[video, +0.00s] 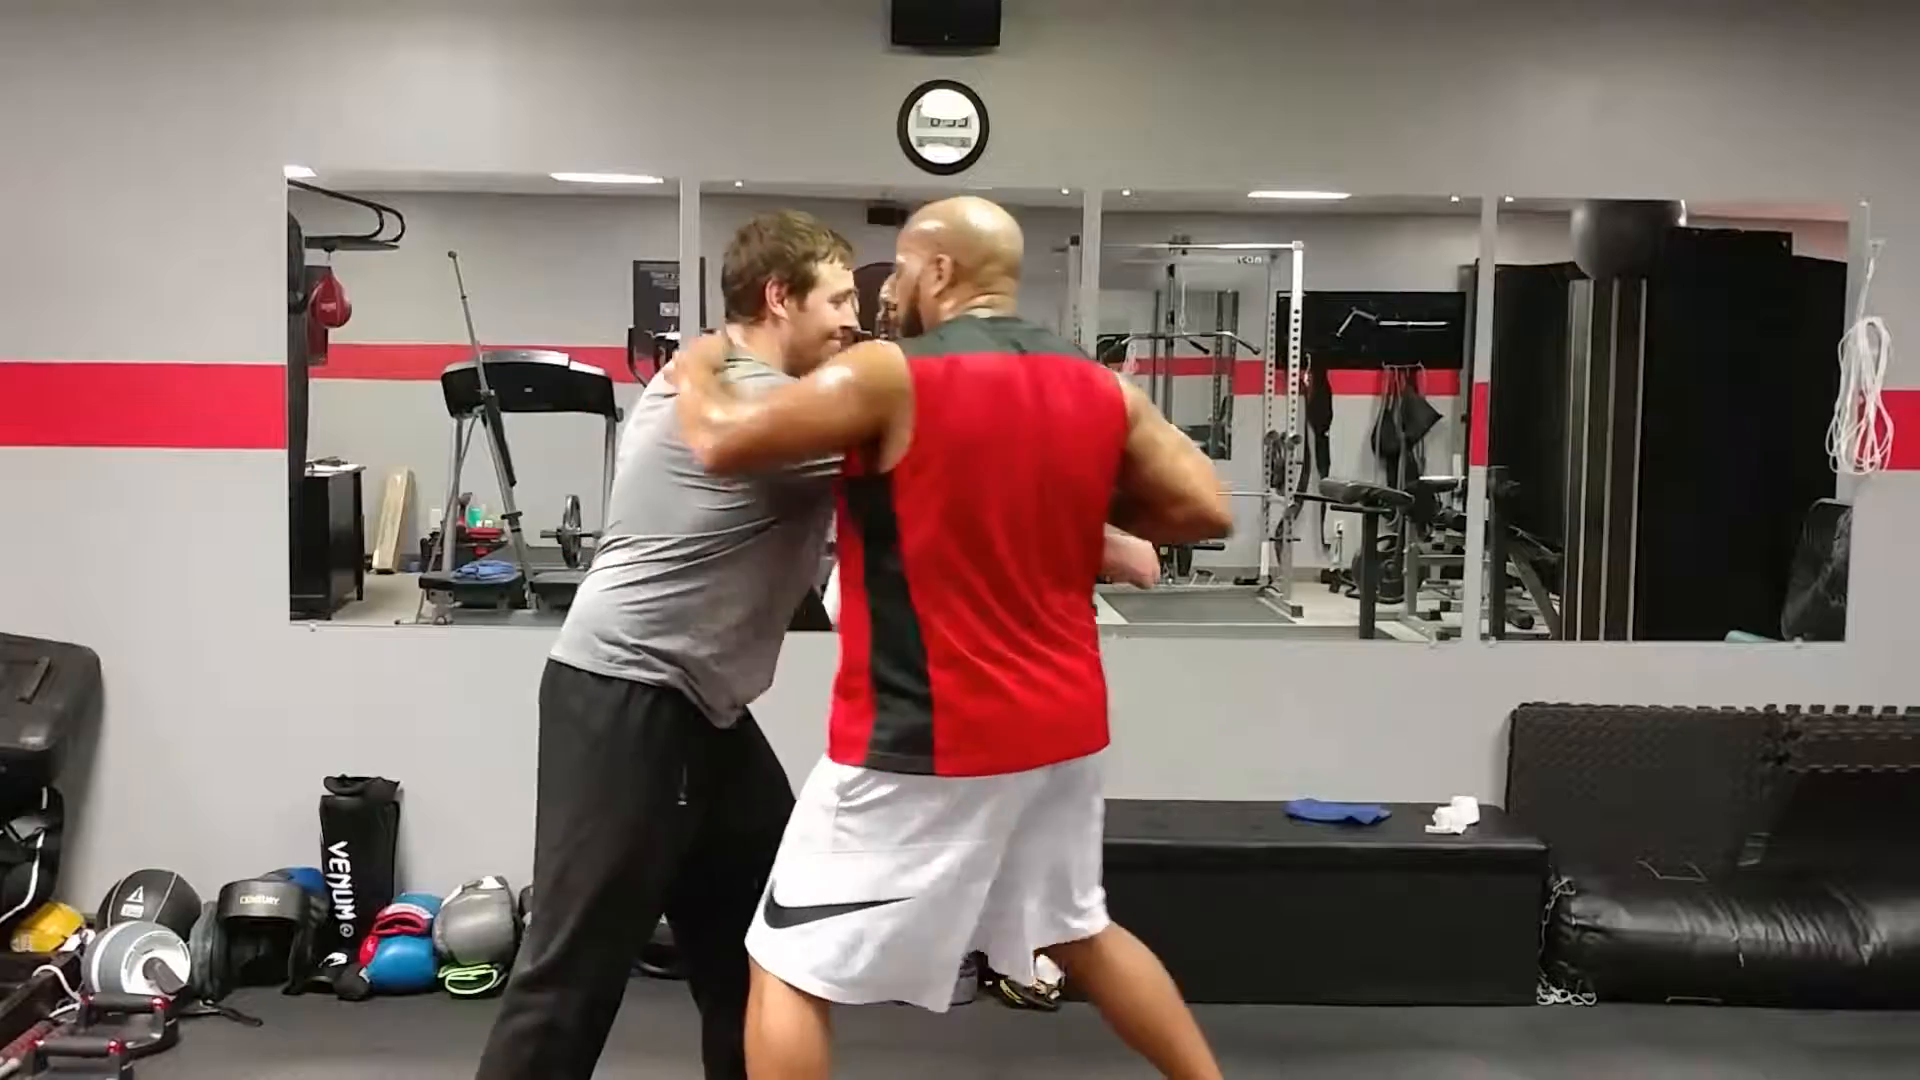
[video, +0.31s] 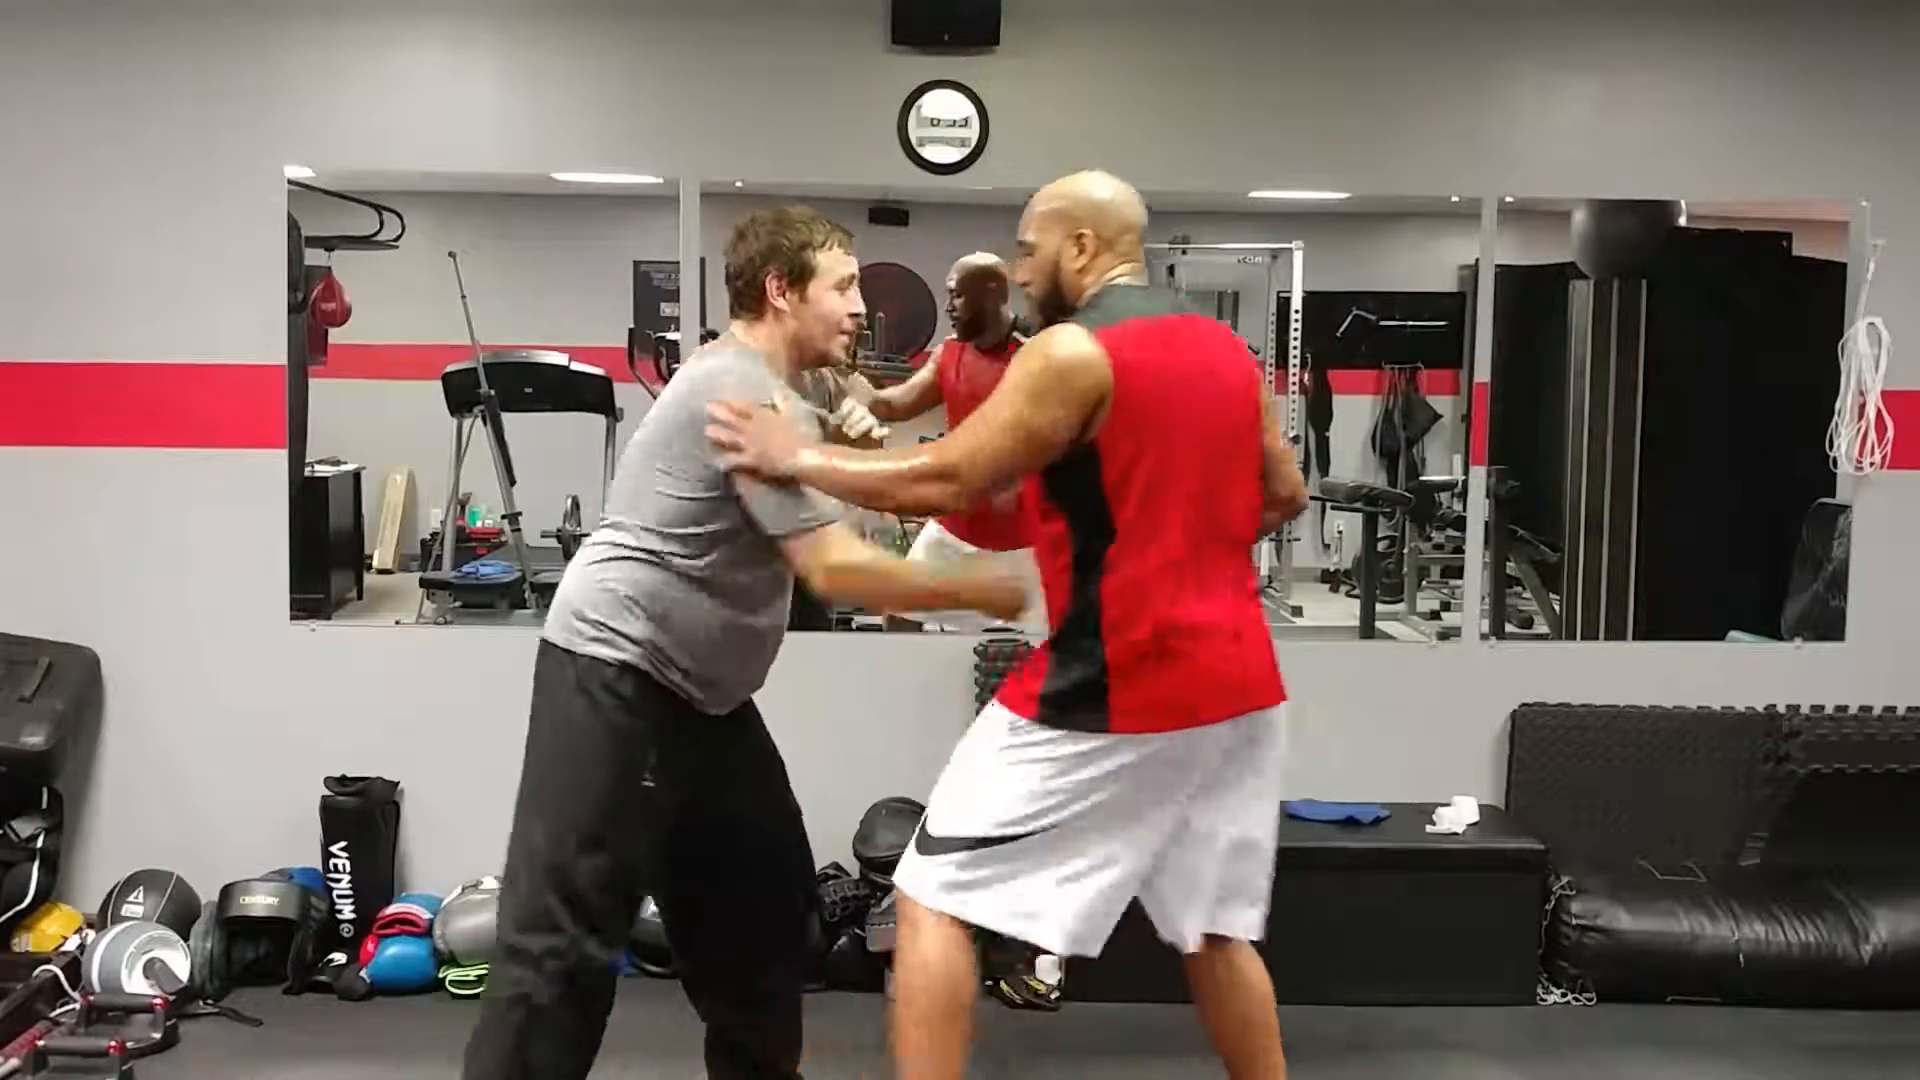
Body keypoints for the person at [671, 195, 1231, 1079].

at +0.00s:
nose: (889, 287)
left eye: (900, 269)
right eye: (892, 269)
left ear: (940, 273)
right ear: (1007, 278)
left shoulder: (887, 374)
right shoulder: (1100, 389)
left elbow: (722, 443)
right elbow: (1209, 511)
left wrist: (696, 368)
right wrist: (1066, 517)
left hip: (914, 732)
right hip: (1066, 721)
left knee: (787, 969)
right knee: (1077, 925)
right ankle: (1205, 1074)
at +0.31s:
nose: (1019, 270)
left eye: (1029, 250)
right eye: (1020, 250)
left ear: (1083, 248)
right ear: (1119, 252)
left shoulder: (1071, 355)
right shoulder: (1224, 347)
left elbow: (945, 480)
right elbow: (1283, 489)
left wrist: (800, 456)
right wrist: (1169, 538)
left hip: (1104, 680)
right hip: (1240, 675)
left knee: (932, 896)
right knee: (1214, 925)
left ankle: (928, 1076)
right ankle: (1269, 1075)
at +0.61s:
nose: (1083, 251)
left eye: (1096, 231)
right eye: (1085, 231)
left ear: (1158, 234)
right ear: (1176, 237)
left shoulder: (1159, 347)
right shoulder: (1256, 333)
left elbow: (1123, 522)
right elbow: (1214, 493)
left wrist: (1011, 644)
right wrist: (1090, 477)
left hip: (1163, 691)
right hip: (1267, 682)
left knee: (1081, 942)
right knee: (1236, 929)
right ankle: (1279, 1078)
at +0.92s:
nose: (1113, 239)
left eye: (1129, 221)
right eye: (1116, 221)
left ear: (1191, 228)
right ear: (1210, 230)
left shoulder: (1161, 334)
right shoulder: (1269, 320)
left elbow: (1008, 420)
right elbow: (1227, 464)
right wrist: (1113, 463)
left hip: (1176, 695)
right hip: (1287, 687)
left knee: (1100, 956)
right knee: (1247, 945)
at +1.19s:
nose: (1071, 273)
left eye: (1084, 254)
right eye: (1072, 254)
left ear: (1144, 260)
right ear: (1169, 261)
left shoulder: (1118, 379)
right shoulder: (1225, 347)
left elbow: (1040, 538)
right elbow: (1058, 405)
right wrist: (898, 412)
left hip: (1143, 715)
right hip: (1261, 703)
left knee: (1025, 951)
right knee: (1229, 953)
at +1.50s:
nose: (998, 305)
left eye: (1007, 286)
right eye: (1000, 287)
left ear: (1053, 290)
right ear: (1109, 289)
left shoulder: (1041, 393)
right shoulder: (1170, 378)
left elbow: (890, 506)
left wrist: (806, 570)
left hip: (1070, 736)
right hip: (1202, 727)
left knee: (918, 961)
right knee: (1182, 957)